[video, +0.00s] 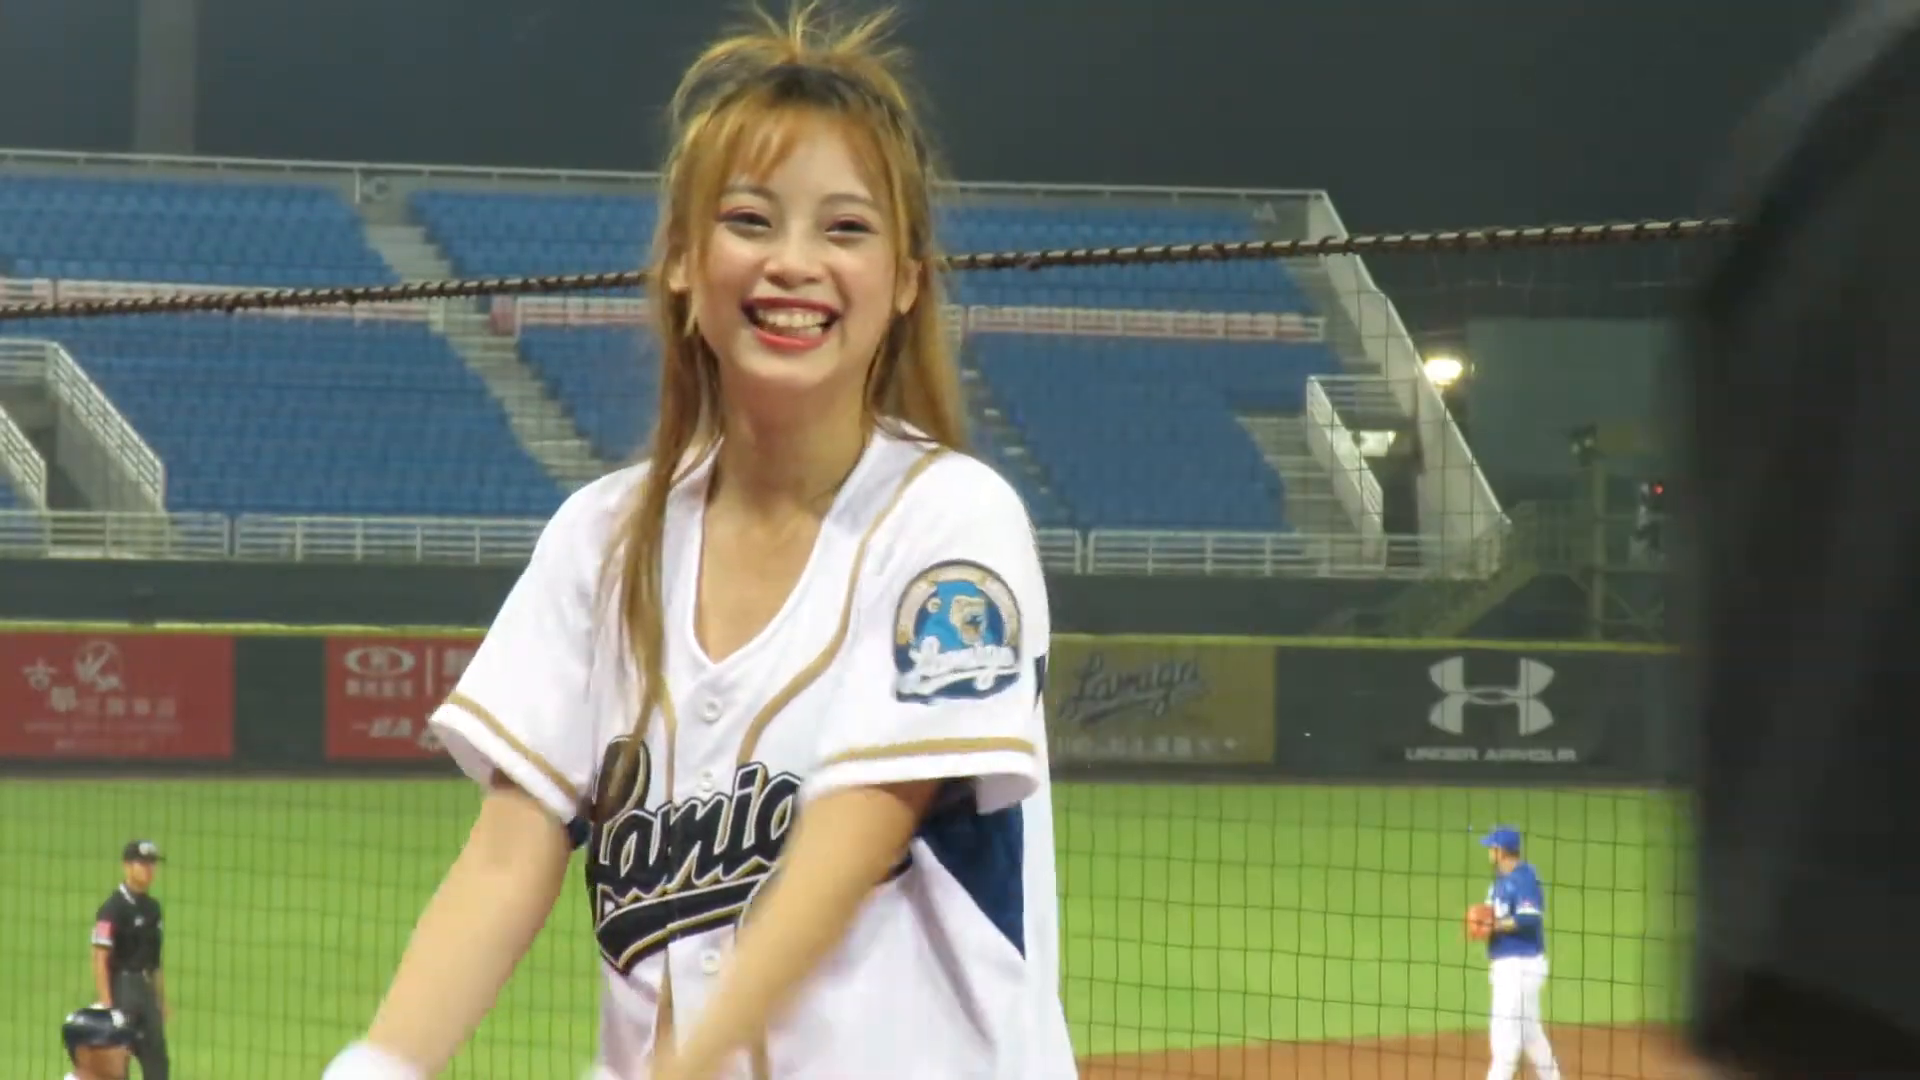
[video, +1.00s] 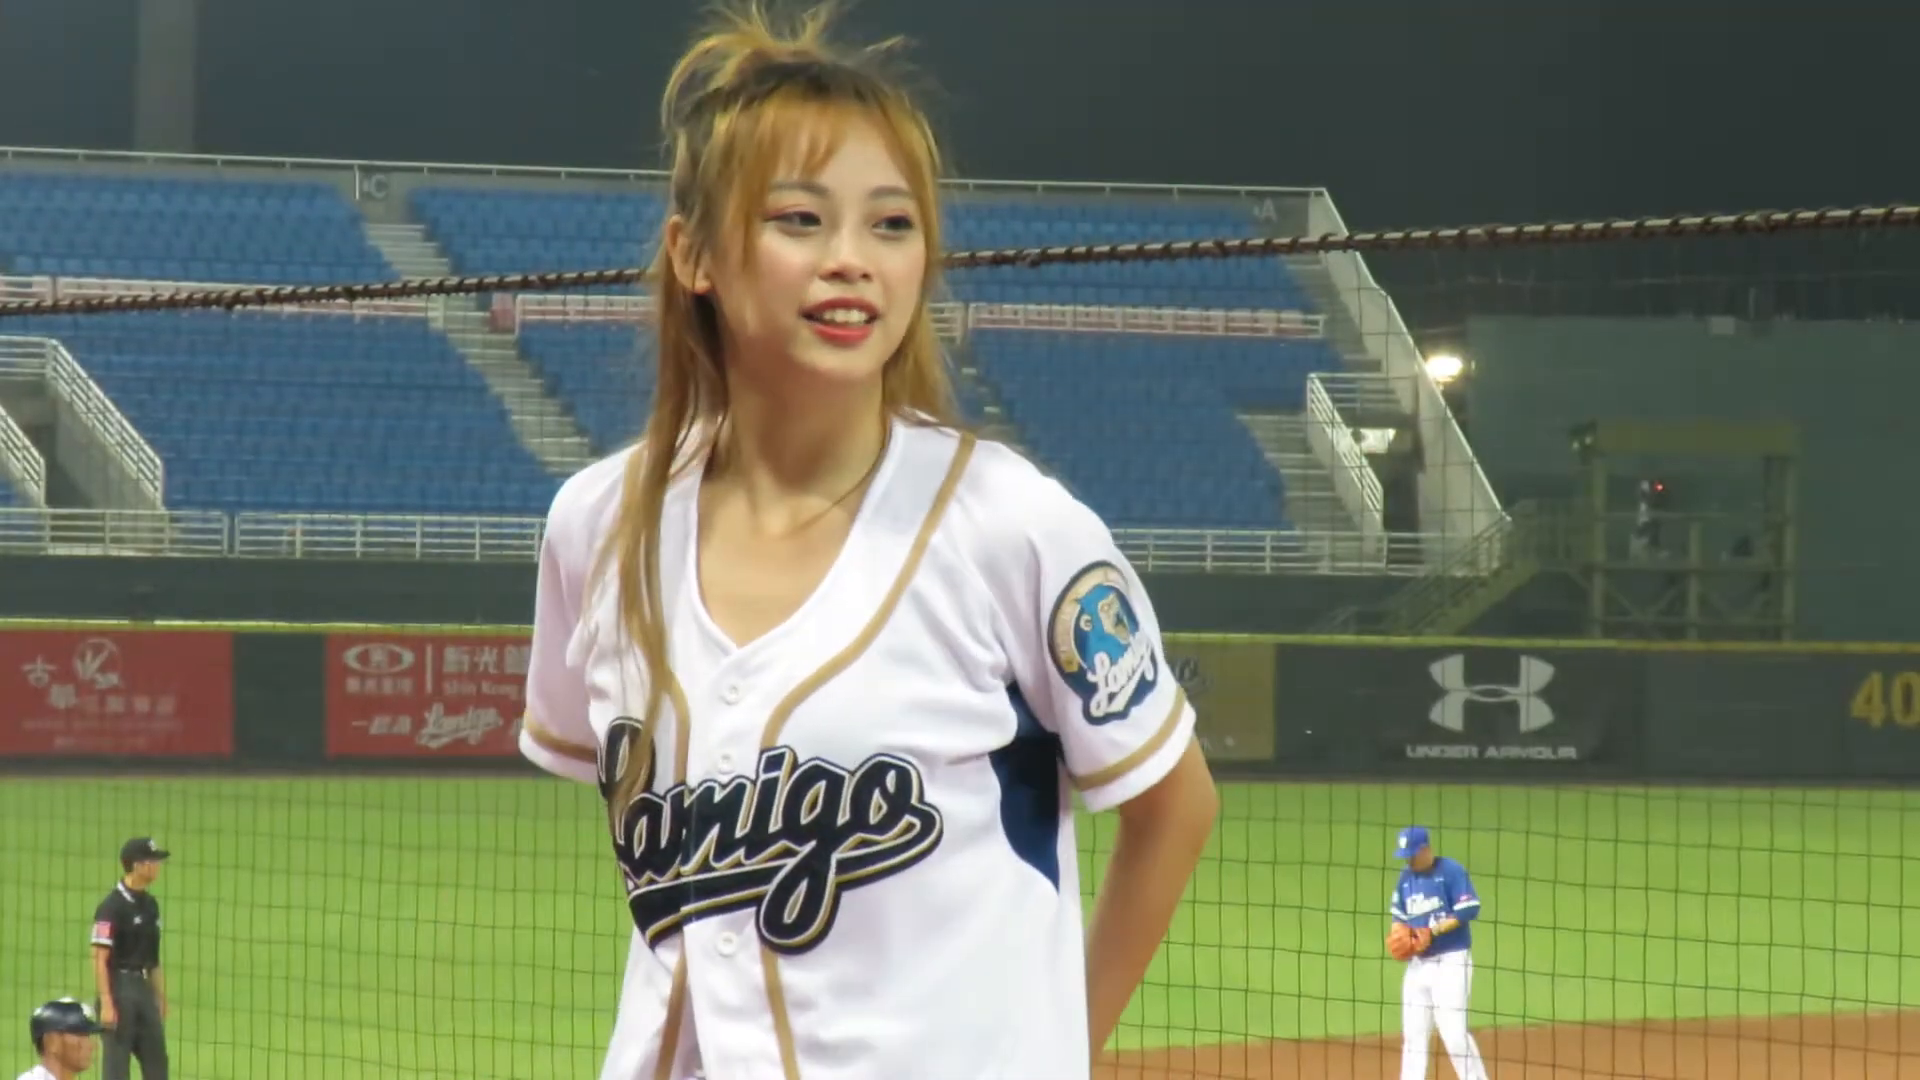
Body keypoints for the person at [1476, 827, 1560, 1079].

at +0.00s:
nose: (1490, 854)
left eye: (1493, 849)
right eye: (1490, 849)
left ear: (1503, 851)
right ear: (1505, 851)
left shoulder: (1524, 876)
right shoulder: (1500, 880)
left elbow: (1529, 917)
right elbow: (1494, 909)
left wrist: (1495, 925)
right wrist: (1482, 920)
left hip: (1522, 962)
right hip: (1505, 961)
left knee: (1505, 1029)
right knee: (1528, 1029)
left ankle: (1500, 1073)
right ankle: (1550, 1073)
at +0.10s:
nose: (1480, 852)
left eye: (1484, 847)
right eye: (1481, 847)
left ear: (1495, 849)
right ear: (1493, 849)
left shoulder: (1515, 875)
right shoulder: (1490, 879)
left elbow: (1518, 920)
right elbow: (1485, 909)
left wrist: (1484, 926)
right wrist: (1473, 916)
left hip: (1515, 961)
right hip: (1494, 961)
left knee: (1500, 1026)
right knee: (1507, 1028)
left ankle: (1498, 1074)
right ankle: (1543, 1075)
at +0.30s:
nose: (1468, 852)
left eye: (1470, 847)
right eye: (1469, 847)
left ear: (1479, 849)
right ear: (1486, 848)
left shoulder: (1498, 876)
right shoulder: (1481, 876)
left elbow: (1498, 919)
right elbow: (1480, 910)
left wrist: (1465, 924)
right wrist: (1461, 912)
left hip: (1500, 959)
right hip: (1481, 958)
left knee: (1492, 1020)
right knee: (1468, 1019)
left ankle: (1498, 1073)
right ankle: (1500, 1072)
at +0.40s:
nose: (1462, 852)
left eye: (1464, 847)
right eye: (1462, 847)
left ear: (1473, 849)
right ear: (1480, 848)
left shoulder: (1492, 874)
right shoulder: (1476, 876)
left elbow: (1492, 917)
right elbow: (1473, 910)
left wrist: (1461, 923)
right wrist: (1456, 913)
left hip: (1493, 959)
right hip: (1473, 958)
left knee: (1486, 1024)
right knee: (1458, 1020)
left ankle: (1489, 1074)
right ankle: (1474, 1074)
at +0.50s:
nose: (1456, 853)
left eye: (1458, 848)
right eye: (1456, 848)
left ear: (1469, 848)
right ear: (1472, 848)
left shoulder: (1485, 874)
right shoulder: (1471, 876)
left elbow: (1484, 916)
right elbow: (1466, 908)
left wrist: (1453, 924)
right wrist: (1447, 911)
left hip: (1487, 961)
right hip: (1464, 959)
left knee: (1483, 1029)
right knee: (1450, 1027)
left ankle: (1491, 1075)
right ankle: (1449, 1075)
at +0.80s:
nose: (1426, 861)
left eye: (1429, 855)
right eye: (1425, 856)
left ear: (1442, 852)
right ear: (1437, 853)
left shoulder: (1468, 874)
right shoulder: (1437, 880)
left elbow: (1473, 916)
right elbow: (1436, 914)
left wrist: (1434, 925)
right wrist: (1420, 919)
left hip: (1466, 964)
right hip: (1437, 964)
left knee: (1473, 1037)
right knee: (1424, 1038)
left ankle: (1486, 1075)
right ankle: (1413, 1076)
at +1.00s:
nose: (1409, 862)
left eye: (1412, 856)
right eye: (1406, 857)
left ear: (1426, 850)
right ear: (1404, 855)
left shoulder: (1450, 870)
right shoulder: (1406, 878)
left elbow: (1470, 909)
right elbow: (1398, 917)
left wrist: (1432, 931)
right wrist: (1399, 937)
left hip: (1451, 961)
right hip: (1419, 962)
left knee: (1453, 1034)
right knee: (1414, 1037)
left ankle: (1477, 1077)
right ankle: (1411, 1078)